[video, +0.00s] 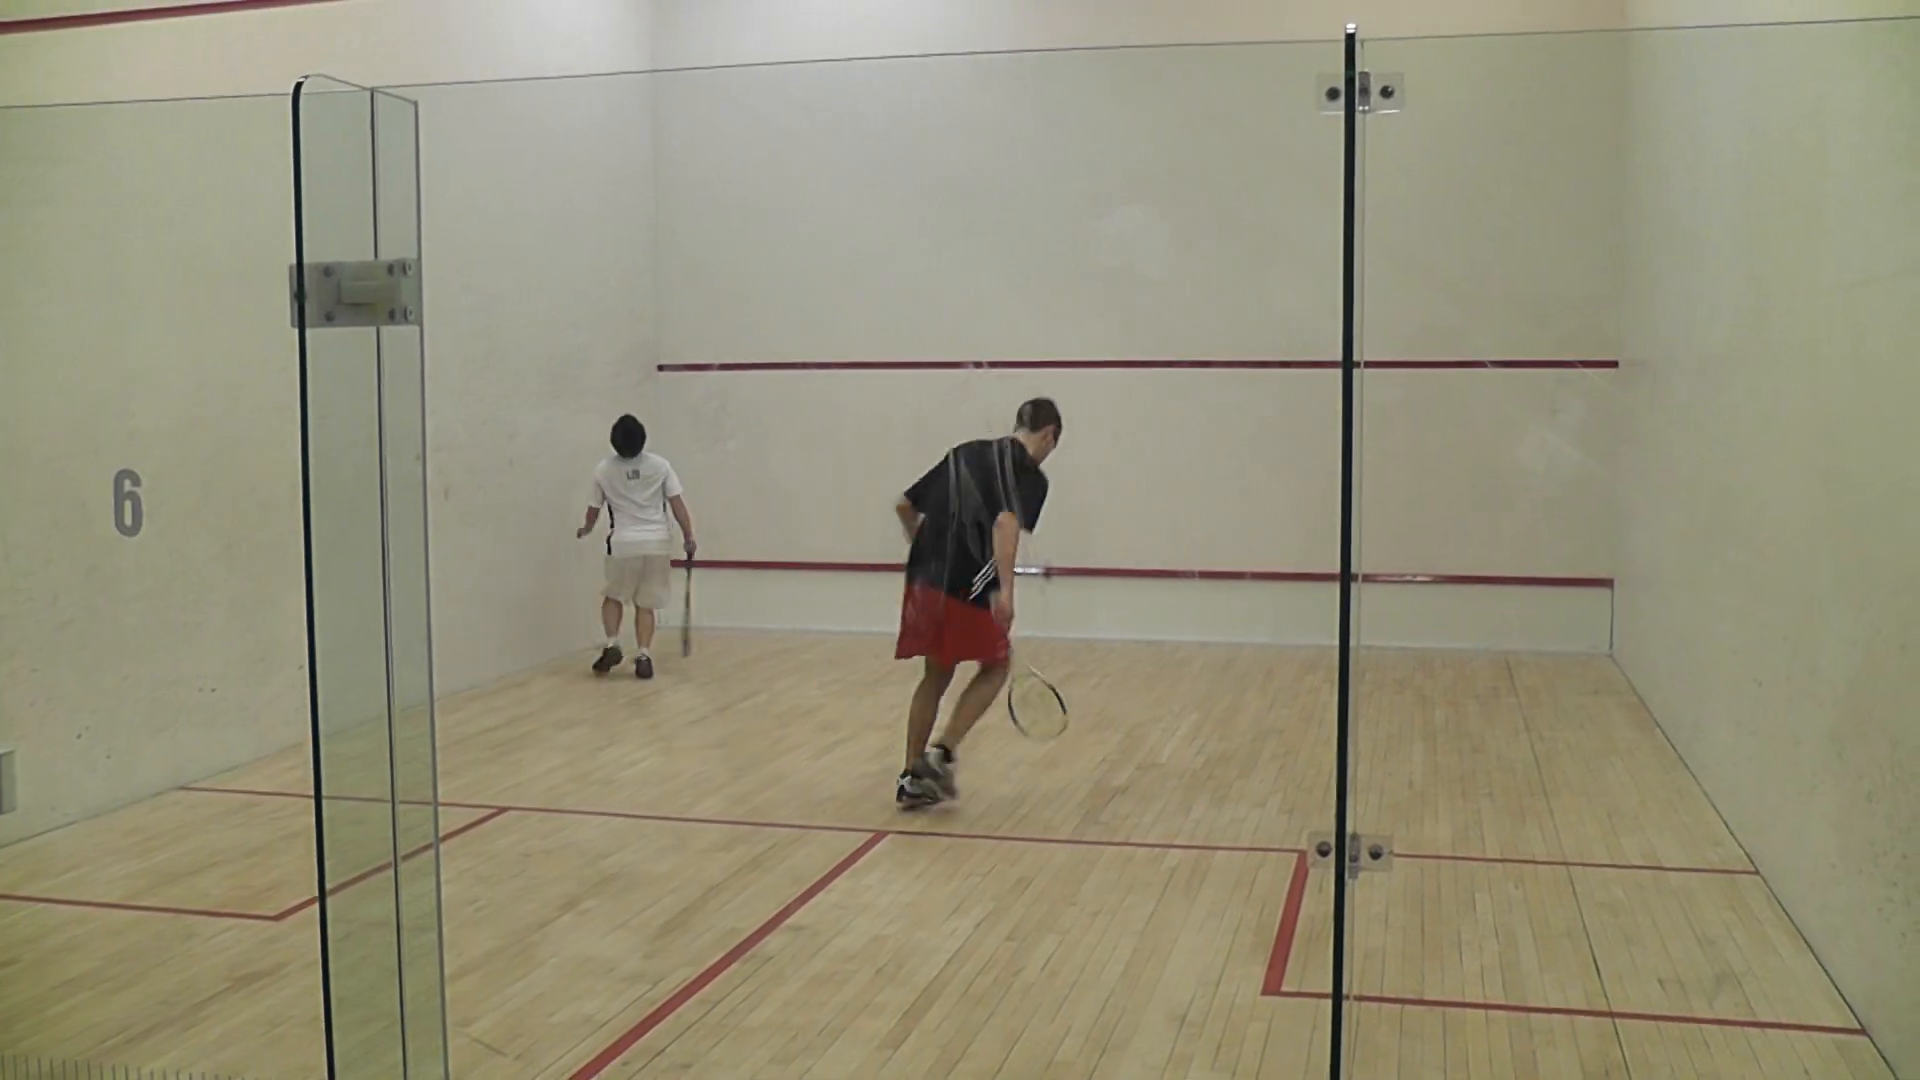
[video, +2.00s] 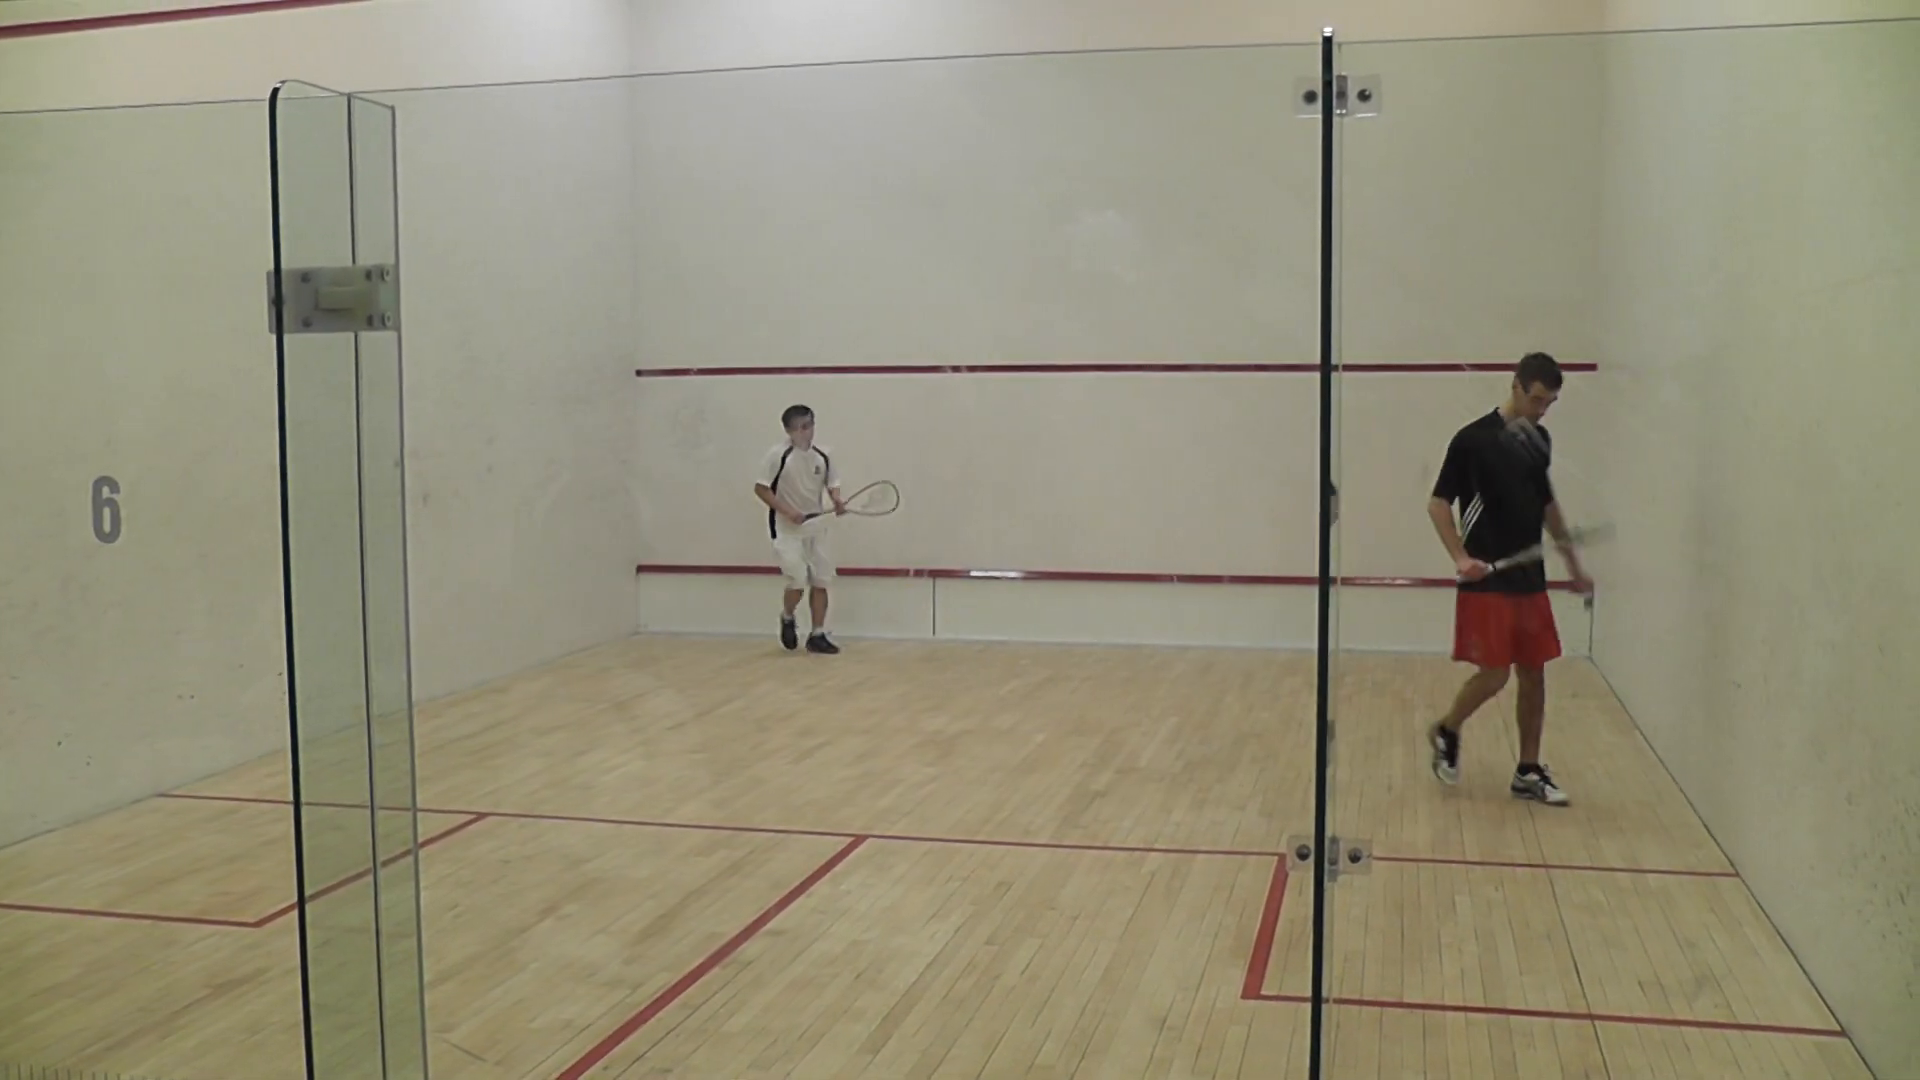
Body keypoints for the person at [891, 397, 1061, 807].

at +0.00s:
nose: (1049, 453)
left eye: (1052, 445)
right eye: (1053, 443)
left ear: (1017, 424)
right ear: (1047, 434)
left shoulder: (965, 451)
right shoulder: (1029, 475)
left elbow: (906, 506)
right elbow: (1006, 524)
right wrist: (1007, 588)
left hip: (927, 581)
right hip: (971, 589)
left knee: (936, 673)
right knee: (996, 667)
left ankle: (910, 776)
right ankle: (942, 751)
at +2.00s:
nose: (1545, 409)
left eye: (1550, 402)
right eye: (1541, 399)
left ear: (1544, 396)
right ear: (1518, 386)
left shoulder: (1537, 438)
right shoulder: (1472, 439)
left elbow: (1546, 504)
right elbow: (1439, 503)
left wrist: (1573, 565)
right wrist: (1460, 557)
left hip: (1529, 578)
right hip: (1487, 579)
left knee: (1531, 672)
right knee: (1494, 673)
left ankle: (1529, 770)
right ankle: (1446, 730)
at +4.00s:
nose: (1581, 350)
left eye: (1592, 339)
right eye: (1571, 338)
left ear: (1609, 344)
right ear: (1553, 339)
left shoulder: (1638, 419)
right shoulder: (1521, 420)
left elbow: (1677, 495)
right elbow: (1478, 504)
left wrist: (1670, 508)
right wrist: (1441, 576)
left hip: (1603, 610)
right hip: (1534, 608)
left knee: (1599, 740)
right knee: (1533, 730)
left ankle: (1587, 871)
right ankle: (1544, 846)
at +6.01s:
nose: (1539, 366)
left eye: (1547, 355)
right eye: (1525, 356)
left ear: (1557, 356)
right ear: (1501, 358)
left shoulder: (1554, 432)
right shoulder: (1473, 420)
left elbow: (1541, 534)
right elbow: (1461, 508)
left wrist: (1580, 542)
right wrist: (1555, 529)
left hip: (1533, 624)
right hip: (1470, 624)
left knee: (1553, 761)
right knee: (1449, 761)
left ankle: (1567, 904)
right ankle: (1369, 856)